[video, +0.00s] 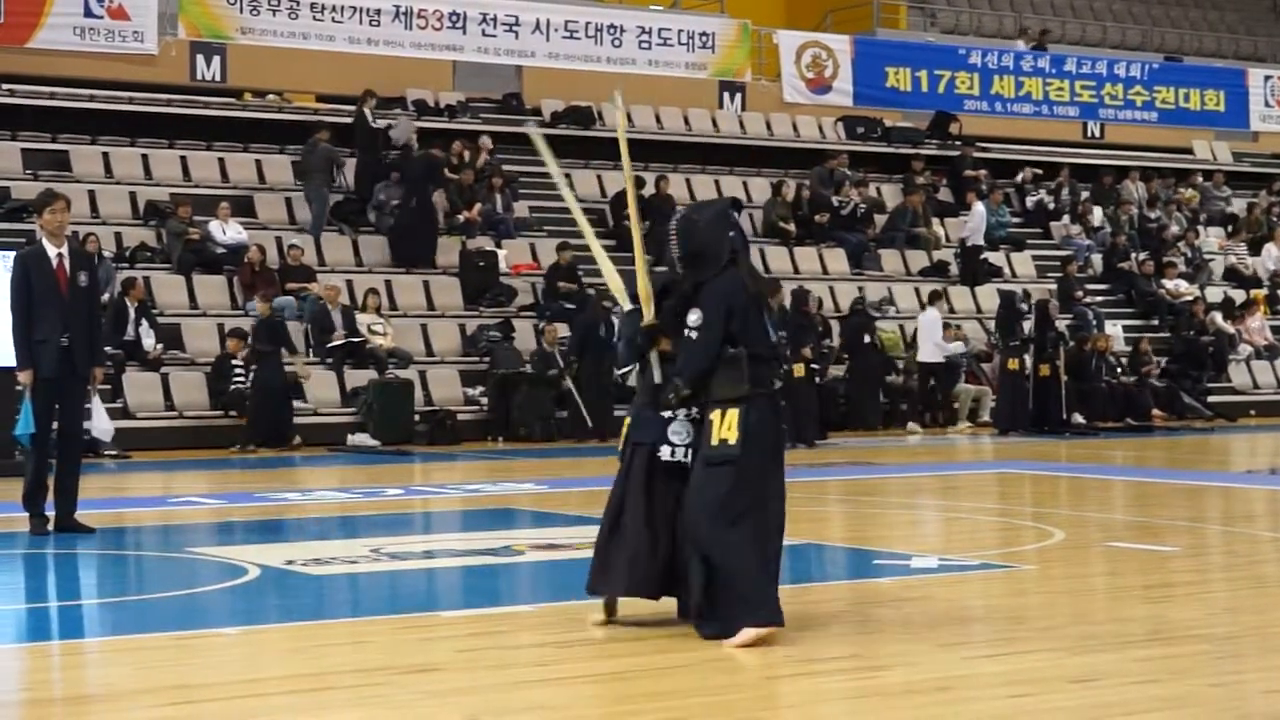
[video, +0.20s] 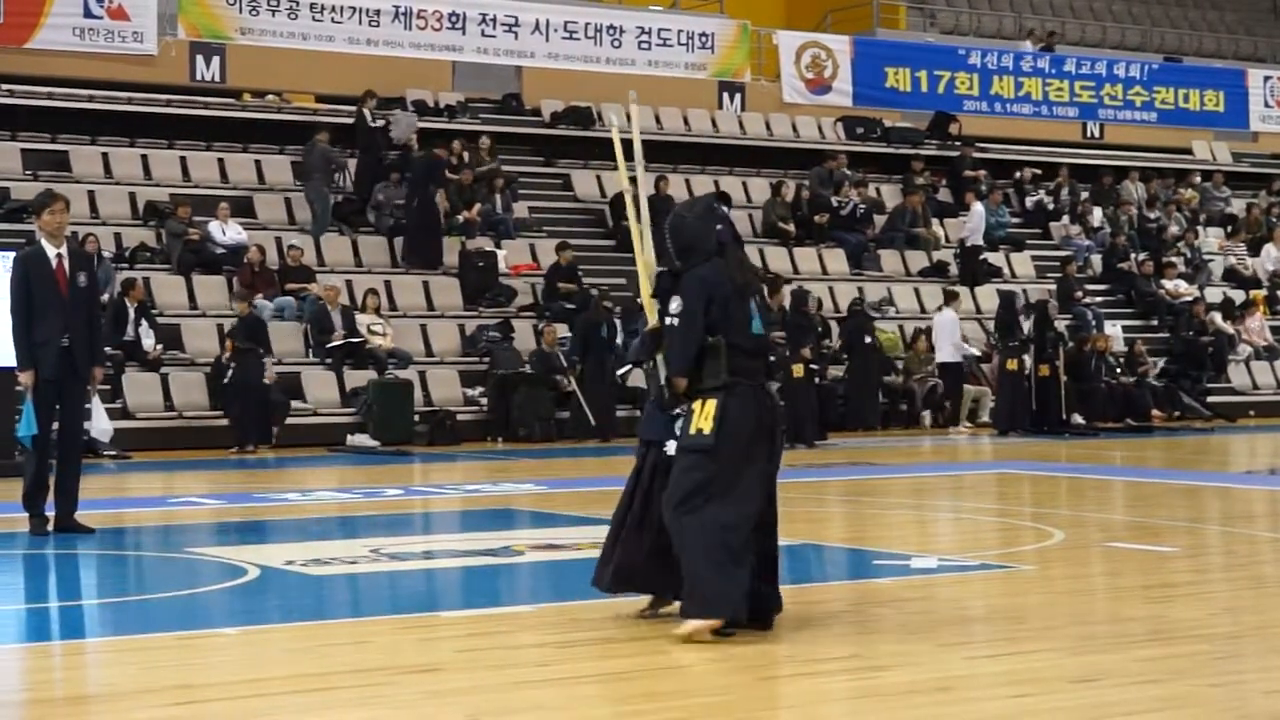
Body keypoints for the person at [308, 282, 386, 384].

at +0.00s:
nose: (329, 293)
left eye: (332, 290)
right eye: (326, 290)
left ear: (339, 293)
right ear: (323, 293)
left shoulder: (347, 309)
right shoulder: (317, 312)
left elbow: (354, 332)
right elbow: (317, 338)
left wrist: (345, 336)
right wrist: (331, 338)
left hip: (348, 343)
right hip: (328, 344)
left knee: (361, 351)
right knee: (338, 354)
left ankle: (362, 383)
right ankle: (341, 389)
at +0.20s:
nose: (328, 293)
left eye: (331, 290)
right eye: (325, 290)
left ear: (338, 293)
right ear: (322, 292)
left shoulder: (347, 310)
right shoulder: (316, 311)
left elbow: (354, 332)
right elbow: (316, 338)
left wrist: (345, 335)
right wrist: (331, 338)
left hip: (346, 343)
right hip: (327, 345)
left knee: (360, 349)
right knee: (337, 353)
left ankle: (360, 381)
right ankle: (338, 385)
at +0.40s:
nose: (327, 294)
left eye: (330, 291)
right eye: (325, 291)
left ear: (338, 294)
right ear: (322, 293)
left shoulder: (347, 311)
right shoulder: (316, 312)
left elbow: (353, 333)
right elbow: (315, 339)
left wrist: (344, 336)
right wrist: (330, 338)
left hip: (346, 344)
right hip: (326, 345)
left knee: (359, 350)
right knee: (336, 354)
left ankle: (359, 382)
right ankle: (338, 386)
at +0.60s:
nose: (328, 294)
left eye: (331, 291)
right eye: (325, 291)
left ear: (338, 294)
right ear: (322, 294)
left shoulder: (347, 311)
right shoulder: (316, 312)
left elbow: (353, 333)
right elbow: (315, 339)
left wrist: (342, 336)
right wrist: (327, 338)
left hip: (346, 344)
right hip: (326, 347)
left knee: (359, 350)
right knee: (338, 352)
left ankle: (359, 381)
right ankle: (336, 384)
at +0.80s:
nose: (328, 294)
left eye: (332, 291)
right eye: (326, 291)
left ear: (339, 294)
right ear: (324, 293)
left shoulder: (347, 311)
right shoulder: (317, 312)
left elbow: (353, 333)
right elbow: (314, 337)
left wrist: (361, 340)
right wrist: (323, 340)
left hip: (346, 344)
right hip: (326, 346)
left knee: (359, 351)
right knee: (338, 353)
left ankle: (360, 382)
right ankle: (337, 386)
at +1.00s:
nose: (330, 294)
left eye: (333, 291)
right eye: (327, 291)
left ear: (340, 294)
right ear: (324, 293)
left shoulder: (347, 311)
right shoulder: (317, 312)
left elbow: (353, 333)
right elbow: (314, 337)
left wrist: (362, 340)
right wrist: (324, 340)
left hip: (346, 343)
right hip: (328, 345)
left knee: (359, 351)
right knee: (337, 354)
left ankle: (361, 383)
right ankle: (338, 388)